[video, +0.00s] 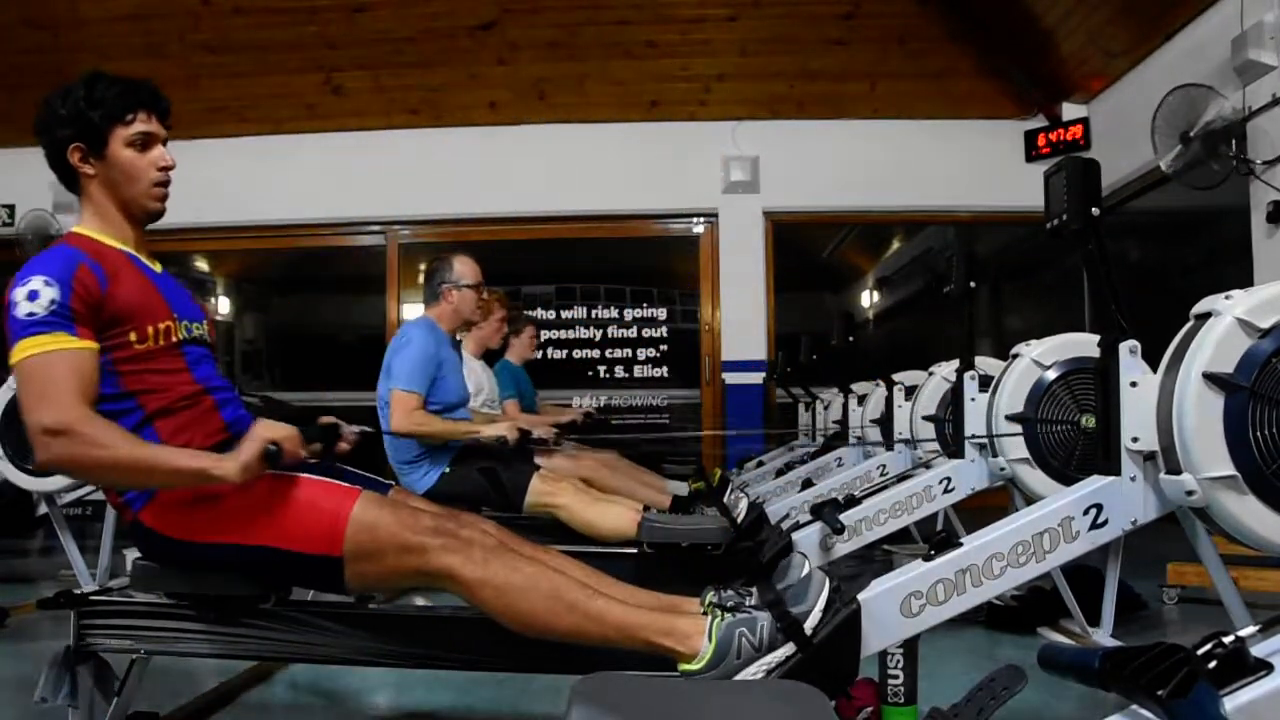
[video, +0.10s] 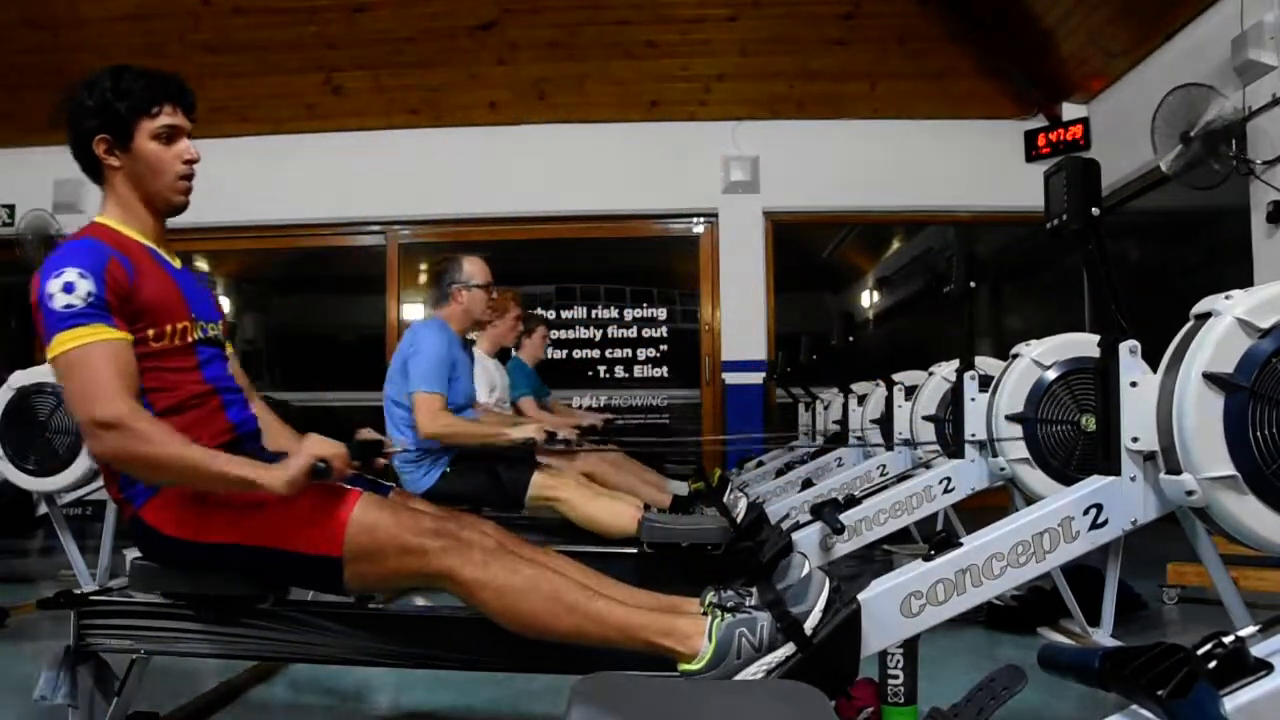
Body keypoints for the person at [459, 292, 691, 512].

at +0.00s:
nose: (503, 332)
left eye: (503, 325)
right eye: (498, 324)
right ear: (476, 325)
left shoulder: (481, 365)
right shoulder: (459, 363)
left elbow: (486, 410)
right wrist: (516, 424)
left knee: (602, 458)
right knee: (591, 465)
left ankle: (678, 493)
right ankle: (674, 504)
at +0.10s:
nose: (518, 329)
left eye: (517, 322)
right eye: (513, 321)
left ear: (503, 326)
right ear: (492, 322)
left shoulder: (495, 364)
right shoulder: (473, 362)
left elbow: (500, 408)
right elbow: (473, 412)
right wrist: (524, 424)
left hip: (511, 439)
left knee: (606, 455)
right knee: (596, 461)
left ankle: (678, 492)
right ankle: (674, 503)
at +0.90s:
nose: (653, 312)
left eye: (651, 303)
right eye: (645, 302)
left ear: (618, 310)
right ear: (618, 309)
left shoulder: (608, 345)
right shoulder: (599, 345)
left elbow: (674, 407)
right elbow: (670, 411)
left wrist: (737, 441)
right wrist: (747, 453)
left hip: (566, 439)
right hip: (553, 446)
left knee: (667, 413)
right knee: (660, 413)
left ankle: (678, 507)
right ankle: (674, 511)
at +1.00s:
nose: (674, 312)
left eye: (672, 303)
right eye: (667, 303)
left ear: (640, 311)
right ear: (641, 310)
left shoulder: (617, 341)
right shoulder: (623, 345)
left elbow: (689, 416)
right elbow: (694, 411)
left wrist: (756, 445)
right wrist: (772, 453)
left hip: (568, 433)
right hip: (570, 440)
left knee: (678, 409)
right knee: (676, 411)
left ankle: (676, 502)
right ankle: (681, 505)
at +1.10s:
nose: (693, 312)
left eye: (691, 305)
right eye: (686, 305)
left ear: (659, 312)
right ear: (661, 311)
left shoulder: (637, 340)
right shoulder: (644, 344)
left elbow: (709, 416)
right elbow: (716, 407)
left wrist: (772, 444)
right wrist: (795, 450)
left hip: (586, 432)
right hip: (589, 438)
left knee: (695, 409)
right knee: (691, 410)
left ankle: (697, 500)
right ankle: (687, 502)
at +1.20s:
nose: (708, 313)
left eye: (707, 306)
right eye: (702, 305)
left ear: (675, 313)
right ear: (676, 312)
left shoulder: (656, 341)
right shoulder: (662, 344)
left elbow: (724, 417)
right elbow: (737, 406)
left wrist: (785, 444)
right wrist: (814, 446)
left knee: (703, 405)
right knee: (706, 405)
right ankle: (695, 500)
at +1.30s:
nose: (716, 313)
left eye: (715, 305)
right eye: (710, 306)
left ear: (682, 312)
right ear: (683, 311)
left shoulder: (664, 340)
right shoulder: (672, 344)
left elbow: (739, 413)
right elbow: (749, 403)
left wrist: (796, 439)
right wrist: (828, 439)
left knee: (713, 406)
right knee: (706, 408)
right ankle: (694, 498)